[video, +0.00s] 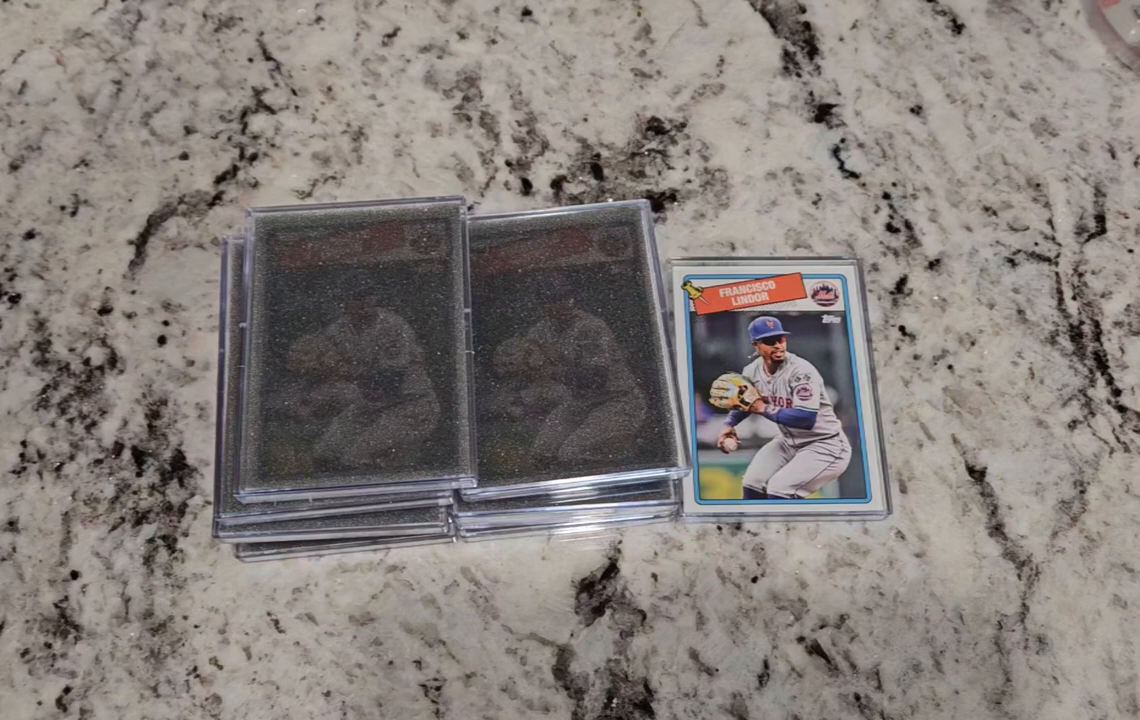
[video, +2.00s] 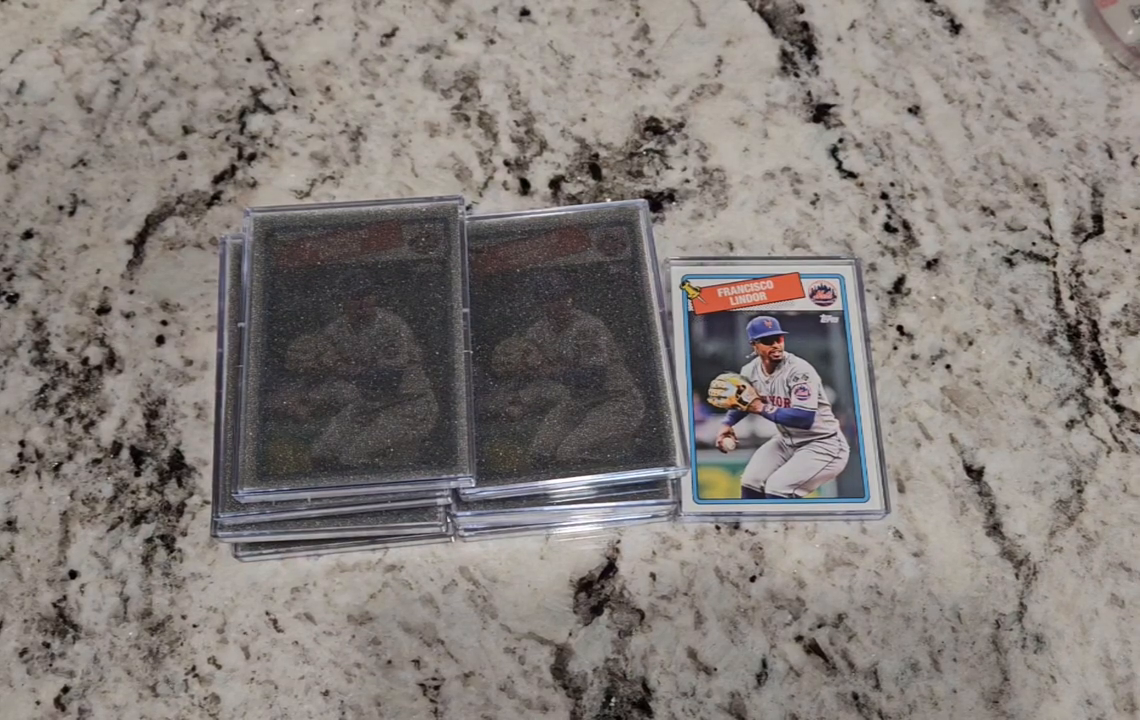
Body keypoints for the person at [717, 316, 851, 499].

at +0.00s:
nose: (778, 346)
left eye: (780, 340)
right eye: (770, 342)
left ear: (786, 340)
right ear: (757, 346)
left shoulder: (803, 371)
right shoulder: (751, 372)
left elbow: (806, 419)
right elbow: (744, 403)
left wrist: (762, 407)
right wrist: (728, 426)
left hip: (826, 446)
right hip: (789, 443)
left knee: (779, 488)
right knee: (753, 484)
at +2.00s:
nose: (776, 346)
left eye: (779, 339)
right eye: (768, 342)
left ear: (784, 339)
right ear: (755, 346)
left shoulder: (801, 371)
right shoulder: (749, 372)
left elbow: (804, 419)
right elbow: (743, 403)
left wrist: (761, 407)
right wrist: (726, 425)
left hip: (824, 445)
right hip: (787, 442)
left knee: (777, 488)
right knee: (751, 483)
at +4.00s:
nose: (776, 346)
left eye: (778, 339)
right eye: (767, 342)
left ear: (783, 339)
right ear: (754, 346)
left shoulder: (801, 371)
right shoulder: (749, 372)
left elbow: (804, 419)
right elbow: (743, 403)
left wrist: (760, 407)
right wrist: (726, 425)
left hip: (824, 445)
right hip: (786, 443)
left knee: (777, 487)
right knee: (751, 483)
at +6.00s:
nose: (776, 345)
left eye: (778, 339)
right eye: (767, 341)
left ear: (783, 339)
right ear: (754, 346)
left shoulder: (800, 371)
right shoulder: (749, 372)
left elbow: (804, 419)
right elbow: (742, 403)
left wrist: (761, 407)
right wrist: (726, 425)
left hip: (824, 445)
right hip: (786, 443)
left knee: (777, 488)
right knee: (751, 482)